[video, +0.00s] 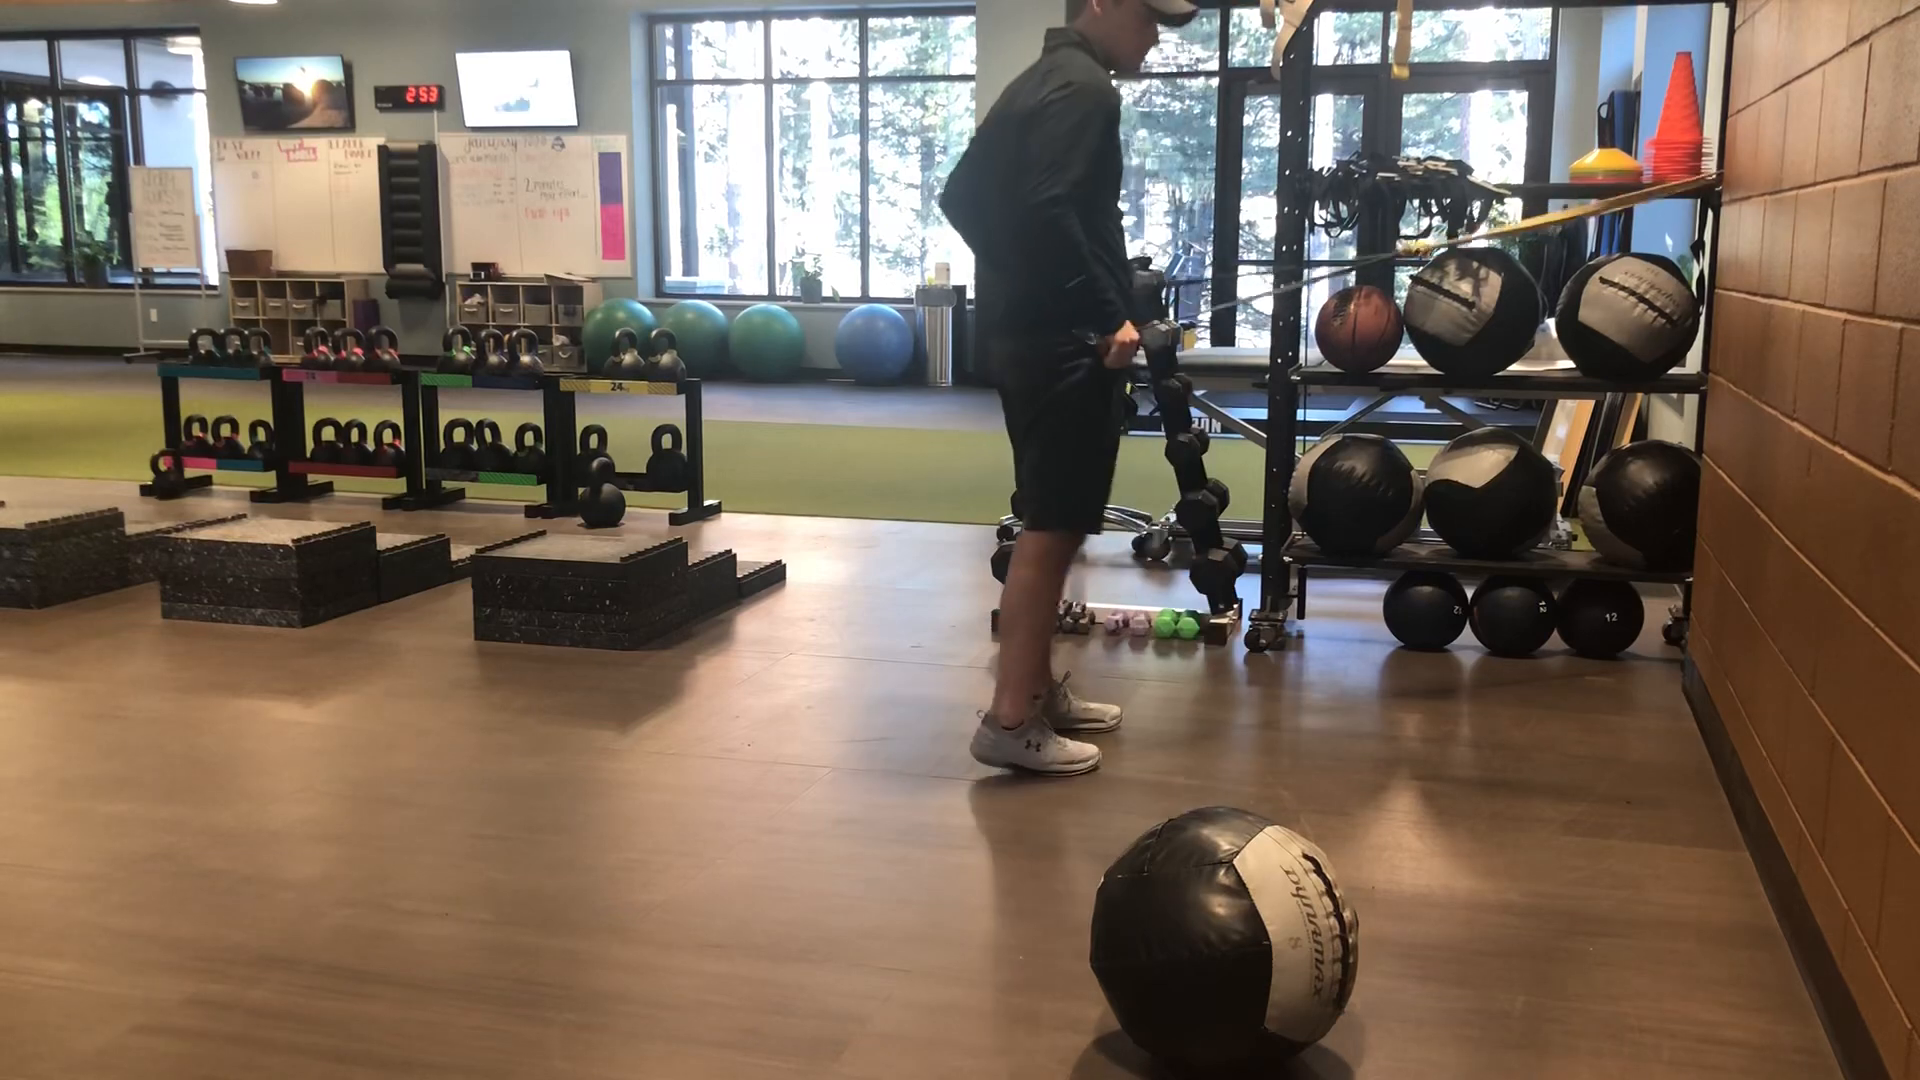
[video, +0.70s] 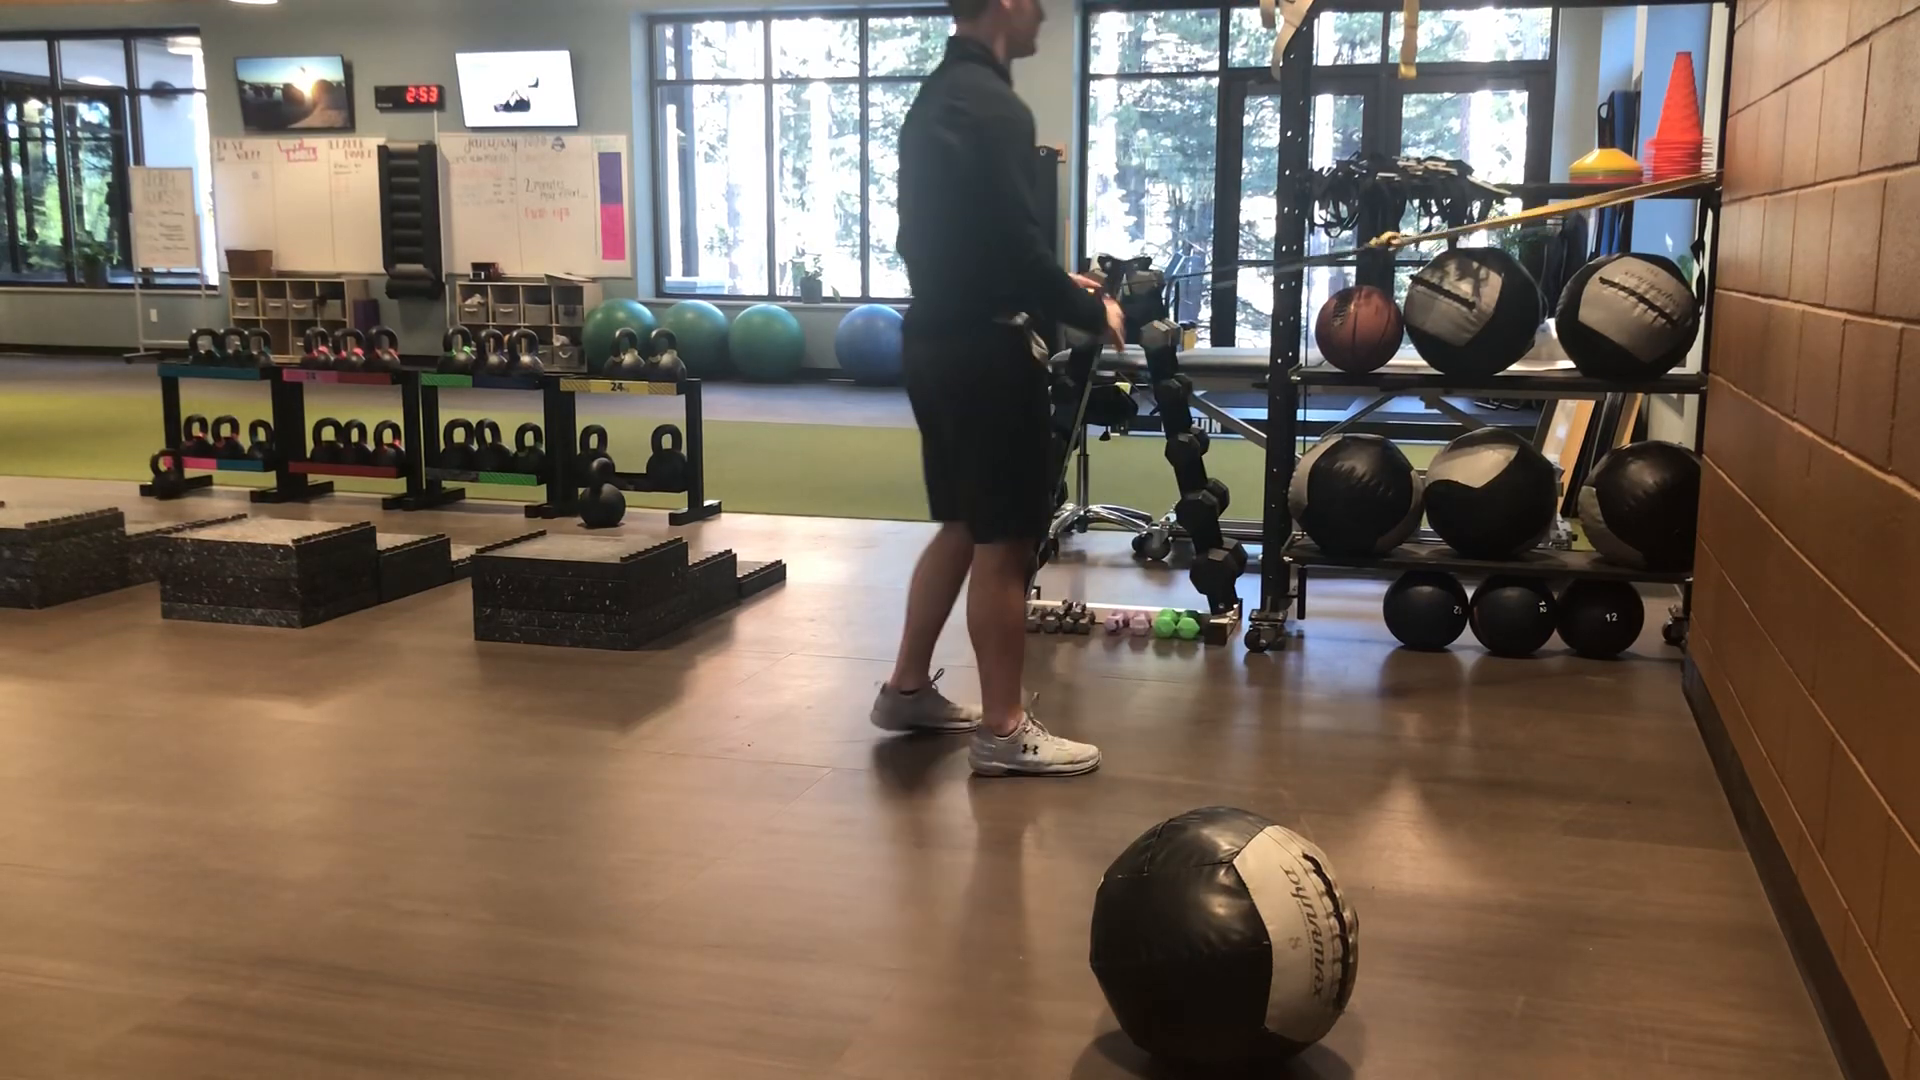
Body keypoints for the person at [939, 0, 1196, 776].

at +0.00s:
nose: (1154, 42)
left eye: (1158, 27)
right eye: (1149, 22)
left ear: (1092, 12)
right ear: (1101, 8)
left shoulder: (1034, 83)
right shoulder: (1086, 90)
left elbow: (961, 193)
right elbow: (1053, 207)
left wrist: (1030, 278)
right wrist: (1112, 315)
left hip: (1028, 339)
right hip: (1065, 342)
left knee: (1051, 519)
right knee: (1053, 526)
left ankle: (1036, 687)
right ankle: (1010, 722)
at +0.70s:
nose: (1041, 17)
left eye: (1038, 7)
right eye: (1035, 5)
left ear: (972, 14)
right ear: (1003, 9)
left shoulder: (935, 100)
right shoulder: (996, 108)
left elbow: (952, 243)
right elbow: (1015, 252)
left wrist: (1060, 283)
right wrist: (1094, 313)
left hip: (935, 338)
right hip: (988, 343)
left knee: (963, 521)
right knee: (1006, 537)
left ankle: (907, 689)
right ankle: (1003, 730)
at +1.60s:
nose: (970, 20)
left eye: (967, 8)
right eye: (967, 8)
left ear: (903, 16)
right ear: (945, 10)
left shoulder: (870, 101)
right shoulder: (938, 104)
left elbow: (860, 231)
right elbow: (959, 231)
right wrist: (1045, 284)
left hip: (867, 335)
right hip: (919, 338)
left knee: (902, 525)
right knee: (931, 537)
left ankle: (887, 697)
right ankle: (929, 730)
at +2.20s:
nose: (948, 12)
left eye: (944, 2)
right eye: (941, 2)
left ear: (882, 15)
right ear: (912, 9)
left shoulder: (855, 97)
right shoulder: (926, 104)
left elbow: (951, 174)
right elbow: (1010, 198)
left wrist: (1044, 172)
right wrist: (1106, 189)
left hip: (859, 341)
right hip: (916, 345)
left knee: (898, 525)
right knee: (939, 539)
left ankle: (884, 699)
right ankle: (929, 733)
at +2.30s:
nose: (953, 13)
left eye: (950, 3)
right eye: (946, 2)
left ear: (884, 14)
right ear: (914, 7)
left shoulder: (861, 92)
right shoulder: (929, 91)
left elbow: (988, 114)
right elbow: (1050, 119)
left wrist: (1054, 61)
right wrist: (1114, 63)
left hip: (871, 336)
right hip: (929, 340)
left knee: (902, 524)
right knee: (946, 538)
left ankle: (885, 699)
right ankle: (931, 732)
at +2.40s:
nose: (955, 12)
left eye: (951, 2)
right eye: (948, 1)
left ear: (882, 10)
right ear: (916, 4)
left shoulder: (866, 81)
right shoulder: (932, 82)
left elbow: (990, 64)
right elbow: (1072, 62)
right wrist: (1094, 1)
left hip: (874, 333)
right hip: (933, 336)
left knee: (907, 520)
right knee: (951, 536)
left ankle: (889, 693)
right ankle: (934, 725)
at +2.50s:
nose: (965, 19)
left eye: (965, 10)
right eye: (960, 8)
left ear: (887, 11)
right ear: (931, 4)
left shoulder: (861, 75)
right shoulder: (931, 57)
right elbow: (1043, 15)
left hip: (878, 314)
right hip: (939, 313)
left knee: (915, 506)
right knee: (961, 515)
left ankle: (902, 669)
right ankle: (950, 706)